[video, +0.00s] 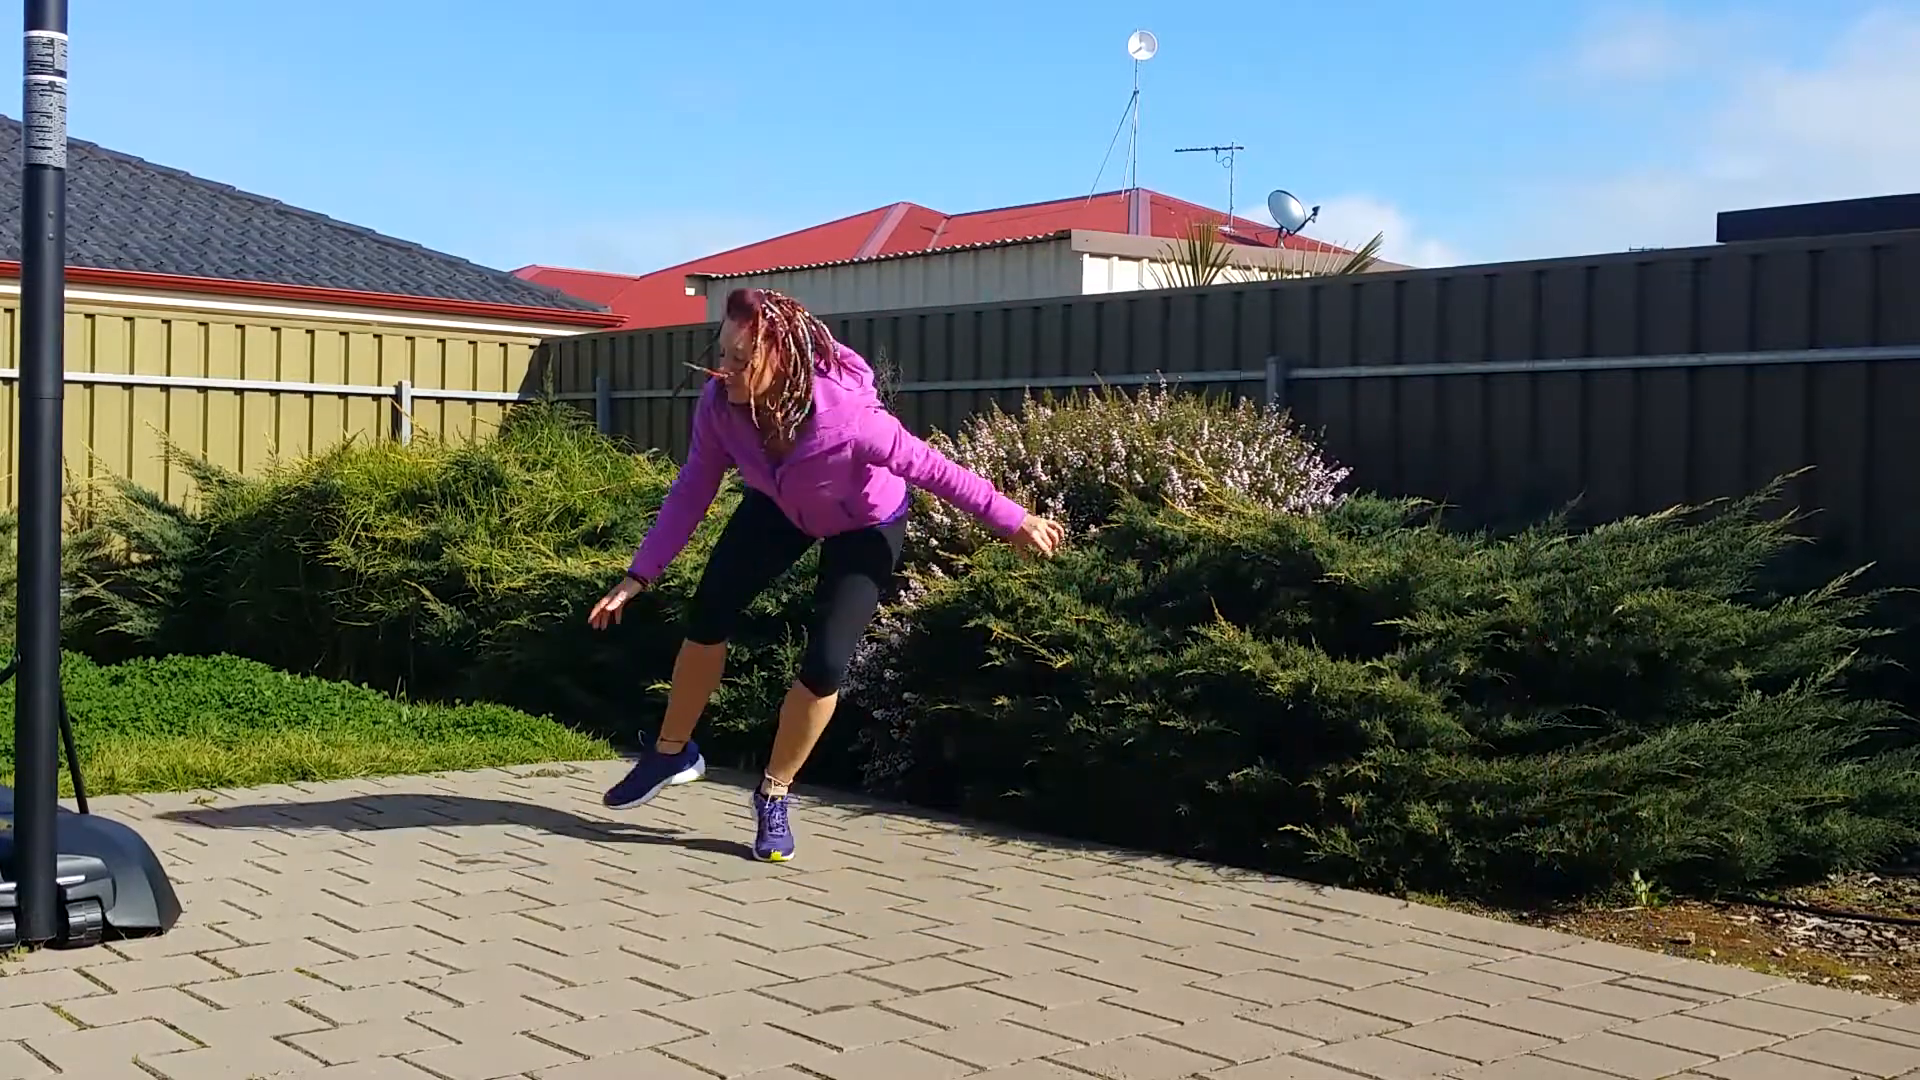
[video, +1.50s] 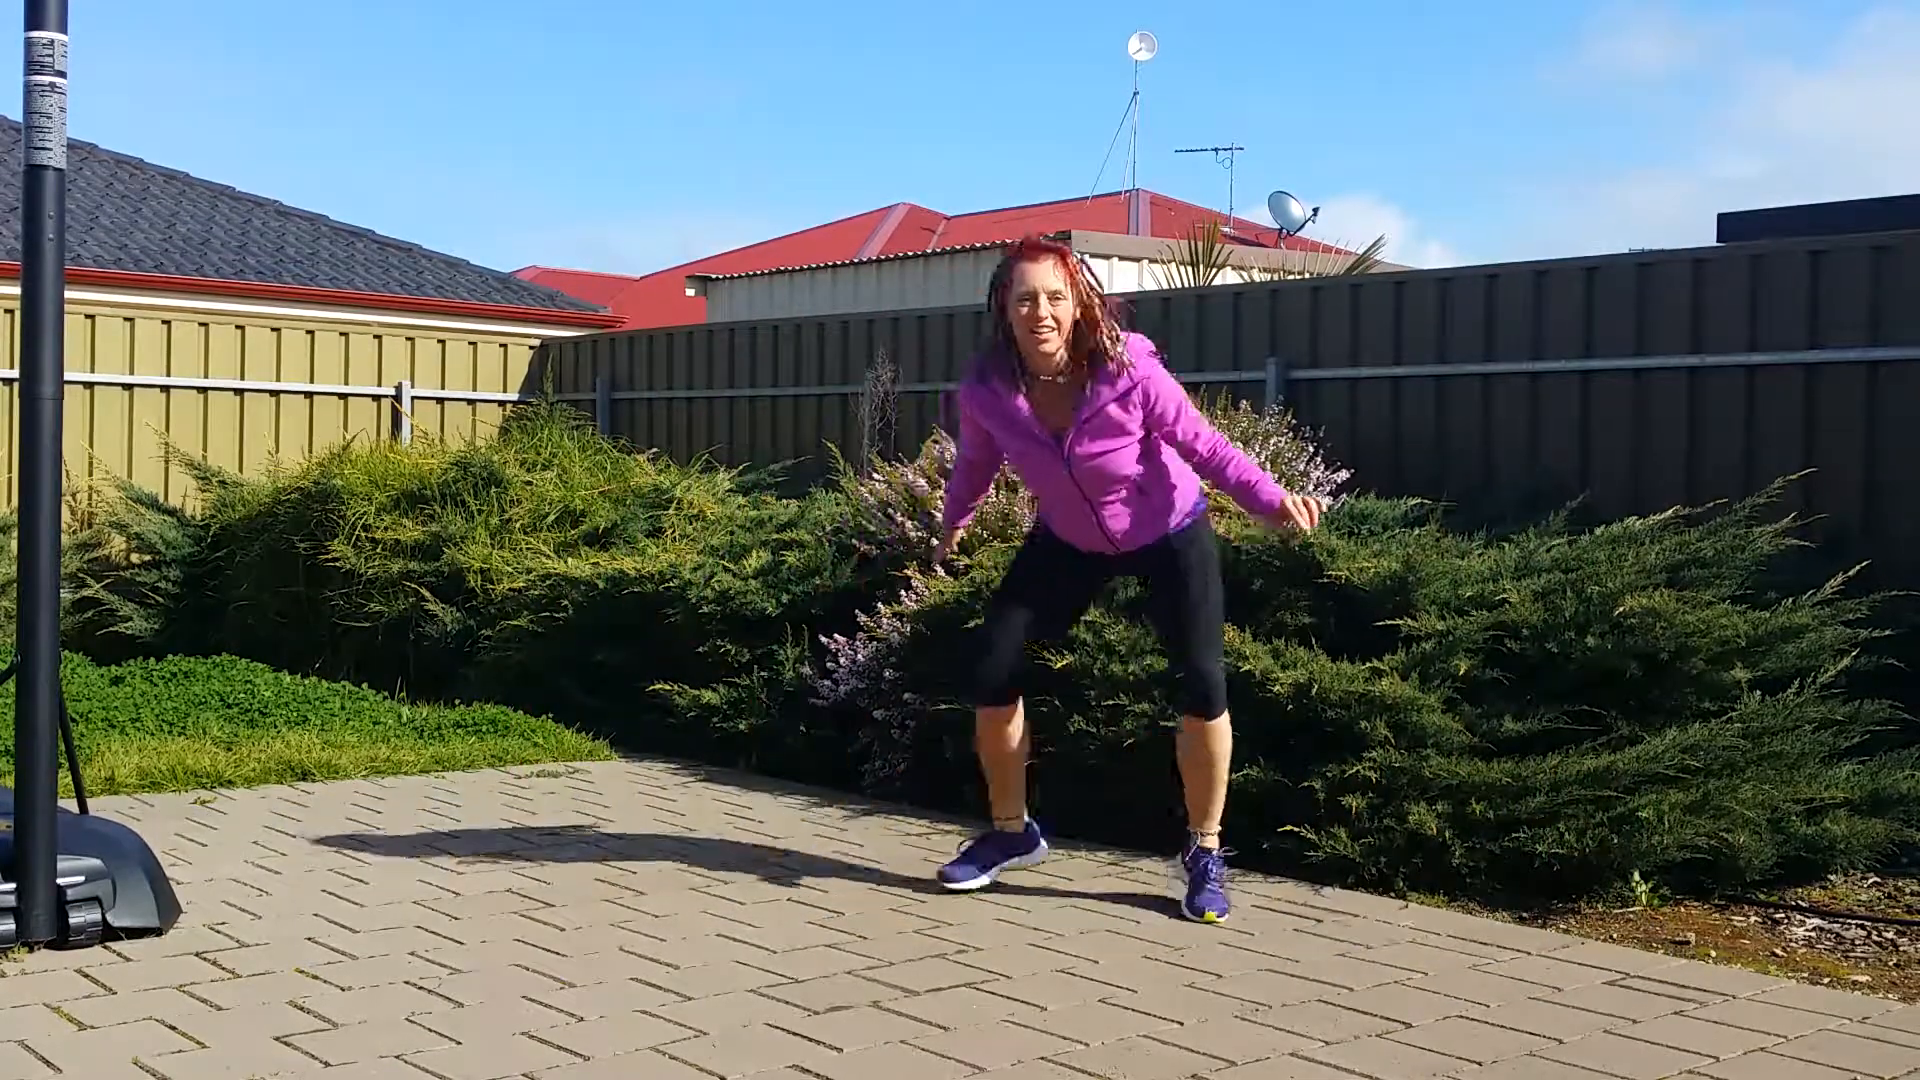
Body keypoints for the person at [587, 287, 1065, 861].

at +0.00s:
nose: (725, 368)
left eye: (739, 359)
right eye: (723, 354)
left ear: (781, 362)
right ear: (721, 352)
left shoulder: (845, 414)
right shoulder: (720, 405)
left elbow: (931, 467)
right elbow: (690, 491)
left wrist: (1014, 520)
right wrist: (638, 576)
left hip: (864, 513)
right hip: (779, 499)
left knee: (827, 662)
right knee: (710, 611)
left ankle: (774, 794)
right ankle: (670, 750)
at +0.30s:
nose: (629, 547)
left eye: (641, 533)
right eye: (617, 533)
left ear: (671, 525)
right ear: (604, 531)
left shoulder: (728, 544)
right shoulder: (595, 573)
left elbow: (806, 561)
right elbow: (571, 674)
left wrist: (863, 614)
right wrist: (539, 772)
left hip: (735, 613)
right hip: (656, 623)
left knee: (780, 637)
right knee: (594, 657)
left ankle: (762, 811)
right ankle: (576, 785)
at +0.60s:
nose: (599, 571)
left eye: (610, 556)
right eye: (586, 559)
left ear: (635, 549)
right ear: (571, 557)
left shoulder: (691, 562)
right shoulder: (559, 596)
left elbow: (765, 562)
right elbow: (532, 689)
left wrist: (819, 620)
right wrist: (496, 781)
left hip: (710, 607)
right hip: (625, 626)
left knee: (776, 649)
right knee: (552, 695)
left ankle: (760, 809)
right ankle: (577, 784)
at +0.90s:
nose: (709, 399)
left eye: (722, 385)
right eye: (697, 386)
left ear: (746, 388)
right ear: (681, 389)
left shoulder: (788, 425)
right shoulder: (663, 441)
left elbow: (862, 479)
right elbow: (631, 509)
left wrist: (920, 537)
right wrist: (598, 576)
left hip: (814, 536)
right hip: (732, 533)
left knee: (807, 669)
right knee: (670, 642)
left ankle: (775, 804)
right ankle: (672, 780)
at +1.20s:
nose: (834, 366)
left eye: (847, 353)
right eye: (820, 353)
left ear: (870, 360)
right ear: (800, 359)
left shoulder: (906, 411)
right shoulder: (772, 430)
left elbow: (974, 479)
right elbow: (748, 519)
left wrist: (1049, 532)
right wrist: (716, 599)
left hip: (940, 556)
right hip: (850, 566)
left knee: (1013, 677)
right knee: (791, 689)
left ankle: (1109, 818)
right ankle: (829, 829)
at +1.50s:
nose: (1039, 312)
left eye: (1054, 297)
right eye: (1023, 299)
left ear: (1081, 305)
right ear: (1002, 311)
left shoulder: (1127, 363)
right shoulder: (985, 392)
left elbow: (1200, 440)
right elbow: (973, 464)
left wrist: (1272, 498)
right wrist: (950, 521)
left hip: (1168, 528)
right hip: (1066, 535)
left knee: (1203, 685)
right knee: (992, 674)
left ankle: (1205, 853)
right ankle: (1011, 832)